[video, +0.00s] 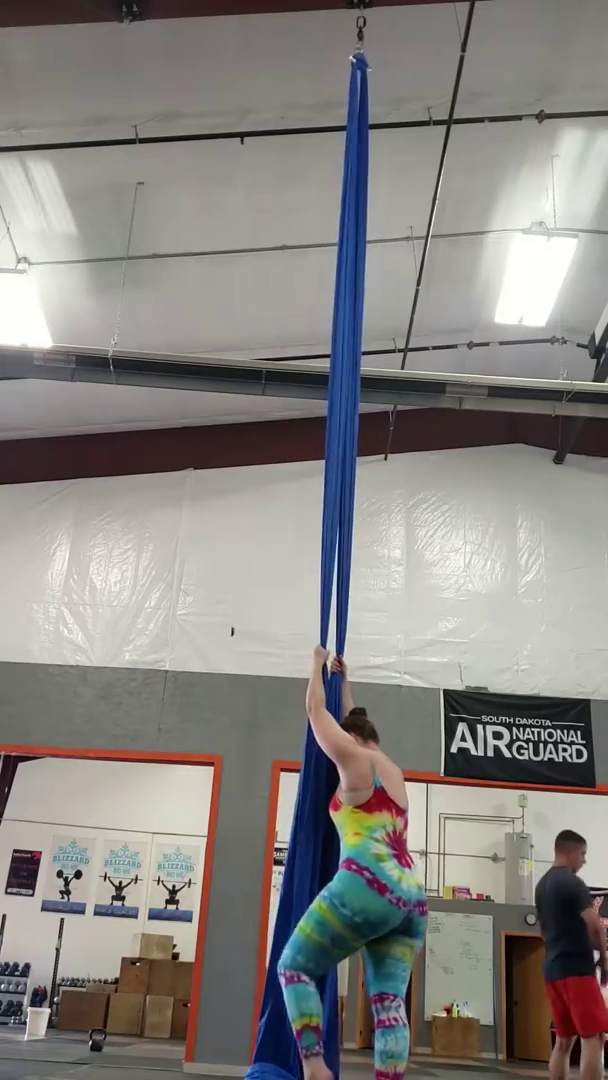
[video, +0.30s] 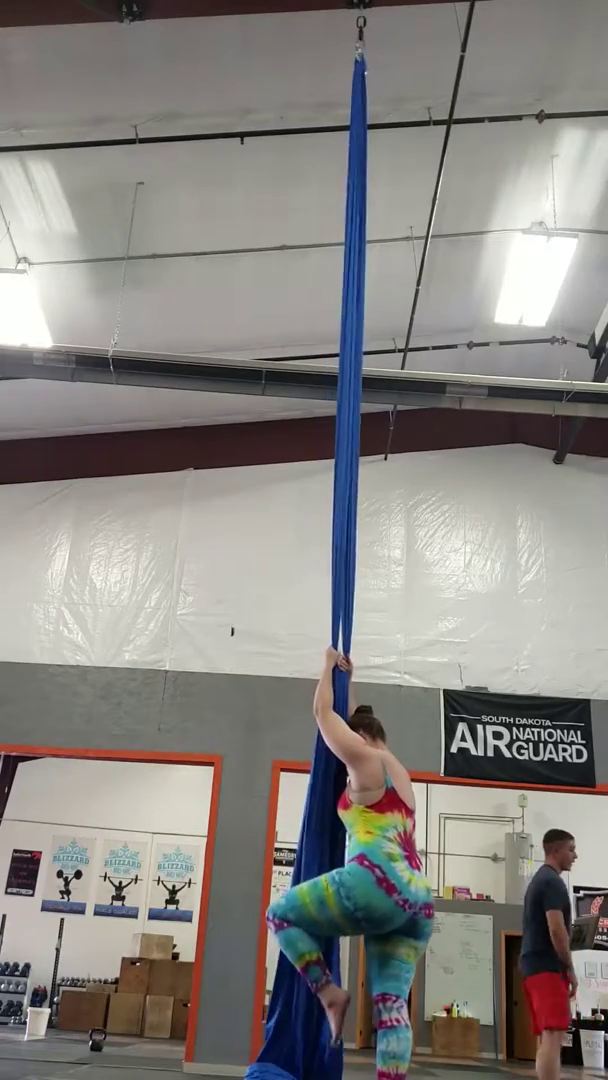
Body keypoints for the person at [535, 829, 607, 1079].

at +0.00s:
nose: (584, 860)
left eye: (585, 854)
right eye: (582, 854)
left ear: (560, 852)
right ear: (570, 852)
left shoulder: (542, 884)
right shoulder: (573, 882)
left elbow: (548, 930)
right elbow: (594, 924)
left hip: (552, 969)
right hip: (577, 969)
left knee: (563, 1039)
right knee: (593, 1038)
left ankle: (556, 1078)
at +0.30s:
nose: (575, 855)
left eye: (574, 849)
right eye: (571, 849)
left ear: (554, 851)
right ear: (555, 850)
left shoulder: (541, 879)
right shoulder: (551, 881)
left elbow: (548, 930)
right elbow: (556, 929)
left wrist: (565, 969)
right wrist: (569, 968)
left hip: (535, 964)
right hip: (546, 966)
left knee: (547, 1036)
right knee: (553, 1035)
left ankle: (546, 1076)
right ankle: (549, 1078)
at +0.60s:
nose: (551, 851)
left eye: (550, 846)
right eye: (546, 846)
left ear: (533, 849)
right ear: (530, 848)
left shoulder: (533, 883)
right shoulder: (519, 881)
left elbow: (543, 935)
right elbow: (520, 931)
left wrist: (563, 965)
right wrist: (548, 972)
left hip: (536, 971)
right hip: (518, 971)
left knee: (543, 1041)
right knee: (516, 1039)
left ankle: (545, 1076)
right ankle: (504, 1077)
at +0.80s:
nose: (541, 844)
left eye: (540, 839)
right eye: (535, 839)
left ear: (525, 843)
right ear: (517, 841)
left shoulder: (536, 881)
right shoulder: (501, 876)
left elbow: (538, 922)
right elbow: (489, 922)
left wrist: (544, 948)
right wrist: (502, 968)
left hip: (535, 972)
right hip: (509, 971)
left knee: (552, 1037)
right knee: (508, 1041)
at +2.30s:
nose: (521, 828)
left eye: (520, 822)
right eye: (516, 821)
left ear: (499, 824)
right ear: (498, 823)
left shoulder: (504, 864)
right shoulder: (480, 860)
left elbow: (509, 918)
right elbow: (469, 913)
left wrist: (517, 964)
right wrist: (474, 963)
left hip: (509, 968)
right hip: (487, 967)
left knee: (522, 1040)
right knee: (487, 1040)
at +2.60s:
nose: (497, 825)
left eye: (496, 819)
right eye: (493, 819)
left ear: (475, 821)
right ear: (476, 820)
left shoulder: (467, 854)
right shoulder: (466, 857)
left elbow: (471, 912)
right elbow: (468, 912)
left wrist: (486, 961)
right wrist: (483, 961)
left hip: (471, 961)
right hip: (468, 961)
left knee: (478, 1038)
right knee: (474, 1039)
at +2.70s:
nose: (488, 823)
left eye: (487, 818)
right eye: (484, 817)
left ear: (464, 820)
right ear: (467, 819)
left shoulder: (455, 854)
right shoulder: (460, 857)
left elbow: (462, 910)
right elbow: (468, 910)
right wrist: (493, 958)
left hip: (457, 956)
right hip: (464, 957)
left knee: (464, 1032)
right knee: (473, 1035)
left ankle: (434, 1075)